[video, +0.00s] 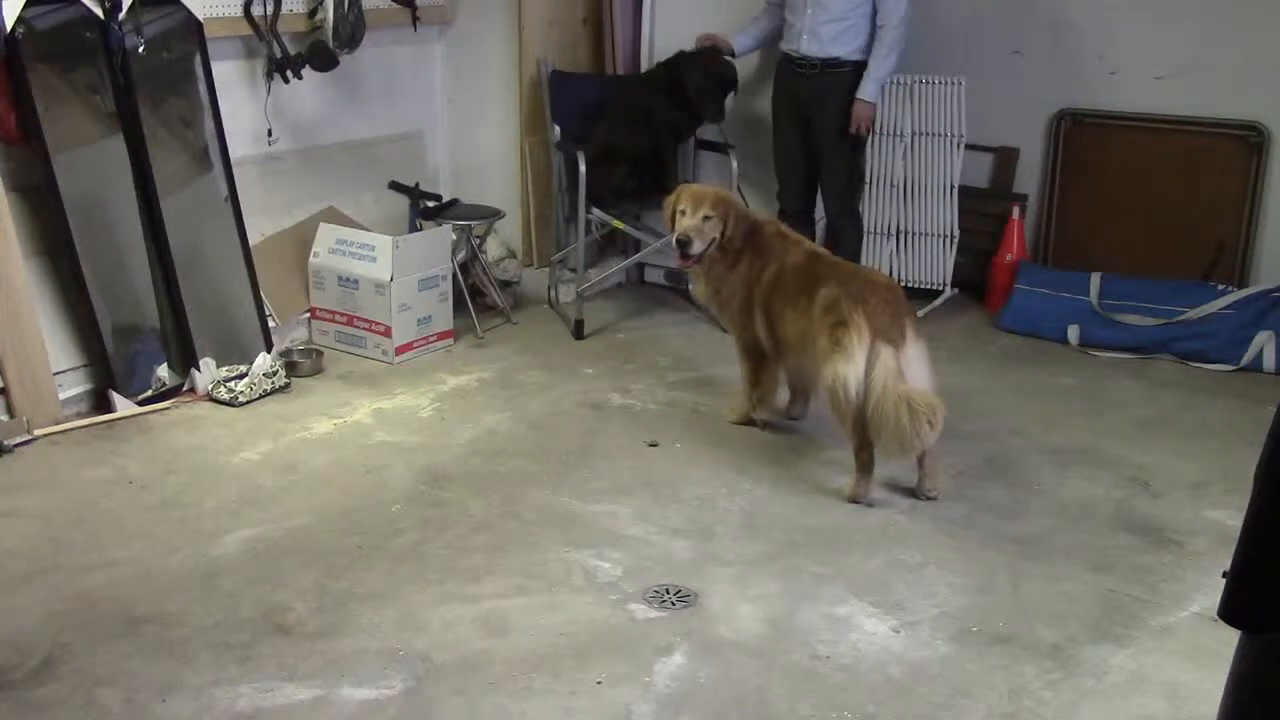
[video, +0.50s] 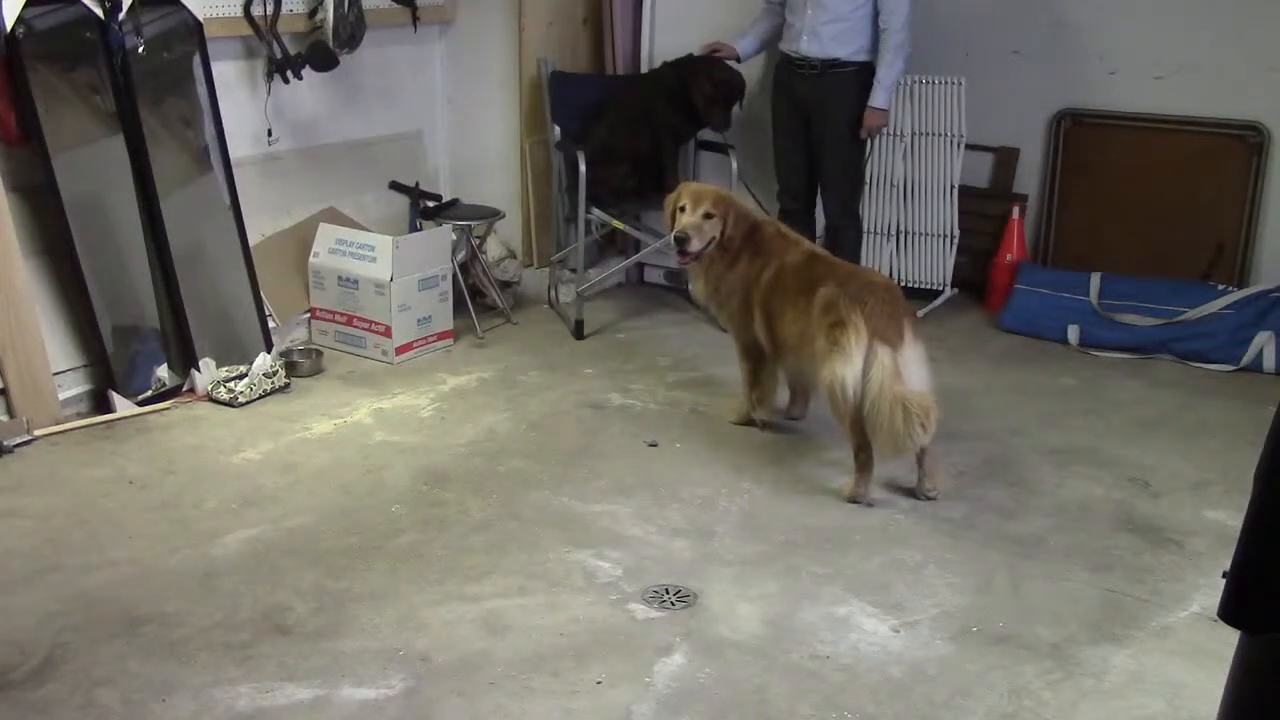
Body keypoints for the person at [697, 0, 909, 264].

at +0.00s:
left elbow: (892, 24)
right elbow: (775, 14)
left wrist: (868, 95)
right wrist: (733, 45)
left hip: (842, 81)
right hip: (790, 76)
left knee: (839, 204)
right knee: (792, 203)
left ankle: (839, 300)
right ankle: (791, 298)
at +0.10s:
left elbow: (893, 24)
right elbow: (773, 14)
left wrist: (871, 94)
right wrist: (732, 45)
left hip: (842, 81)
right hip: (790, 77)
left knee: (840, 205)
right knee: (793, 202)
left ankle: (839, 301)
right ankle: (791, 298)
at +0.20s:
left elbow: (893, 25)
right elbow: (774, 11)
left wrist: (874, 96)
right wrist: (733, 47)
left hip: (844, 81)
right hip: (791, 76)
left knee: (840, 206)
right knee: (793, 202)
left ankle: (839, 302)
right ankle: (791, 298)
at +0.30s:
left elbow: (894, 28)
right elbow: (775, 12)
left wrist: (878, 100)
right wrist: (735, 47)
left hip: (845, 81)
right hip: (791, 77)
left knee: (840, 206)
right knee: (793, 202)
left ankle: (838, 303)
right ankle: (791, 299)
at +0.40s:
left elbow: (895, 28)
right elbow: (776, 12)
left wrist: (879, 100)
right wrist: (742, 46)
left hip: (845, 80)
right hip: (790, 76)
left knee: (840, 207)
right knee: (793, 202)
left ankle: (839, 303)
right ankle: (790, 301)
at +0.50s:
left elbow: (895, 29)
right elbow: (776, 12)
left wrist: (880, 101)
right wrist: (739, 49)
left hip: (845, 81)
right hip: (790, 76)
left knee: (840, 207)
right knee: (793, 203)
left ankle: (838, 304)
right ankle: (790, 301)